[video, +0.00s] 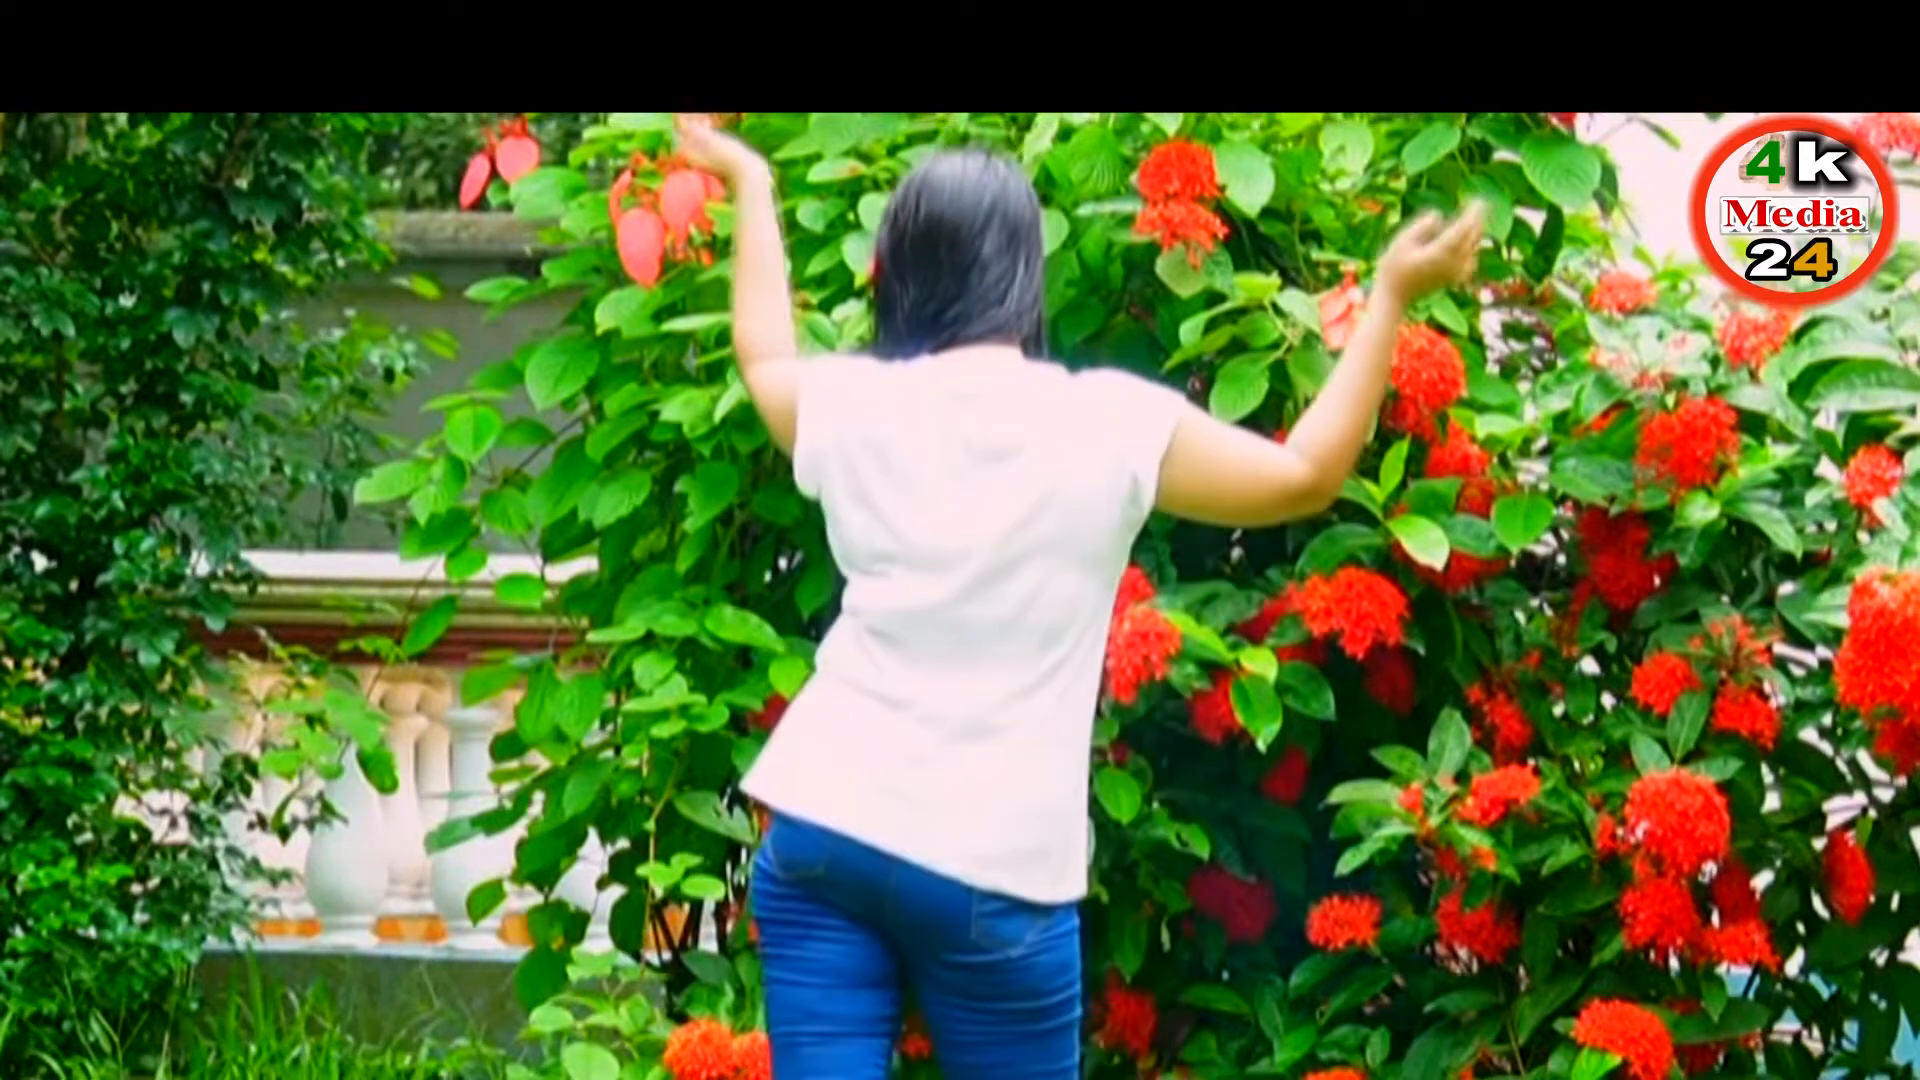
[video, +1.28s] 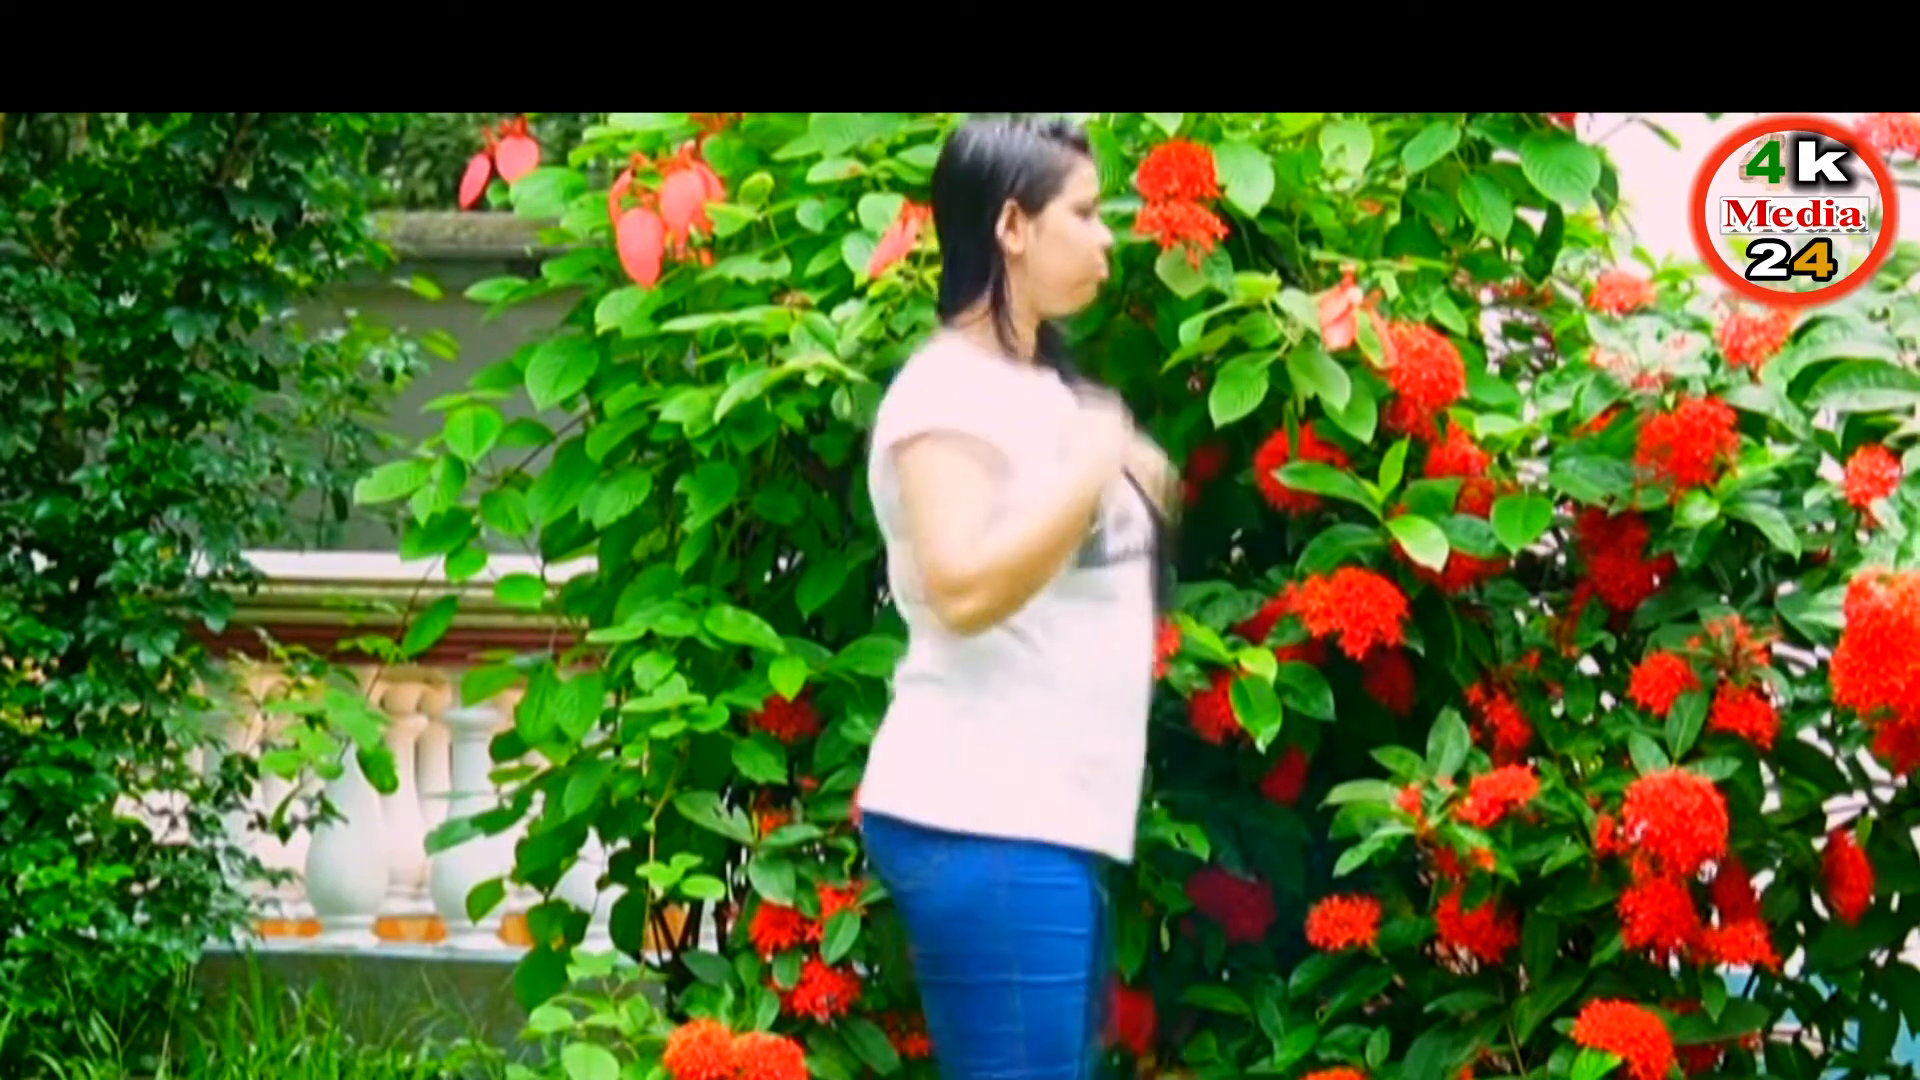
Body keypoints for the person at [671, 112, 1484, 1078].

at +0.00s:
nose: (869, 267)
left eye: (878, 248)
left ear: (888, 269)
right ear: (1029, 271)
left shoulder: (839, 403)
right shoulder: (1119, 419)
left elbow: (762, 357)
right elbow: (1306, 474)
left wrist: (752, 185)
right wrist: (1392, 291)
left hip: (816, 816)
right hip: (1000, 854)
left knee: (820, 1067)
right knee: (1020, 1063)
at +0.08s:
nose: (876, 257)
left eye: (884, 235)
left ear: (893, 266)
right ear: (1033, 266)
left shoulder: (852, 395)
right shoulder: (1117, 407)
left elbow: (776, 358)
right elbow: (1306, 462)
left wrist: (788, 183)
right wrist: (1377, 269)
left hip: (837, 812)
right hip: (1022, 845)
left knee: (836, 1067)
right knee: (1036, 1065)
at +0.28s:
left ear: (922, 242)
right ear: (1061, 246)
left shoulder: (863, 389)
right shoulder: (1115, 387)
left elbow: (853, 346)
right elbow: (1320, 446)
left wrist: (875, 204)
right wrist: (1352, 250)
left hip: (924, 807)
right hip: (1100, 799)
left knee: (921, 1066)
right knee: (1101, 1067)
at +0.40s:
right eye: (1083, 255)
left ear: (957, 269)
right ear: (1078, 279)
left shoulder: (871, 421)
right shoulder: (1119, 422)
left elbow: (898, 398)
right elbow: (1324, 487)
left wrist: (910, 276)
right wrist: (1336, 289)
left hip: (966, 841)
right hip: (1144, 808)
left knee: (990, 1063)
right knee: (1133, 1064)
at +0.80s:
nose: (1083, 260)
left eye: (1080, 235)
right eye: (1079, 236)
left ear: (942, 247)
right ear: (1053, 255)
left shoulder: (865, 416)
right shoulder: (1071, 406)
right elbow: (1245, 525)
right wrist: (1238, 324)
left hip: (904, 834)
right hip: (1061, 853)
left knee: (960, 1069)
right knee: (1131, 1066)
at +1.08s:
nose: (1089, 251)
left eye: (1086, 225)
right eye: (1077, 226)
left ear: (992, 240)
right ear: (1016, 240)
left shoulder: (905, 391)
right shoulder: (999, 398)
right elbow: (1102, 572)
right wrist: (1145, 418)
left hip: (899, 820)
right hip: (1010, 838)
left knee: (945, 1068)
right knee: (1140, 1064)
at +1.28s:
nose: (1107, 241)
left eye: (1101, 214)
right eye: (1088, 215)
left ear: (1023, 234)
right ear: (1012, 230)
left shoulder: (1045, 391)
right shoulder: (945, 385)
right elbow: (962, 592)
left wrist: (1139, 486)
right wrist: (1098, 462)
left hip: (1051, 818)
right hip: (982, 820)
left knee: (1060, 1061)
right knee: (1019, 1065)